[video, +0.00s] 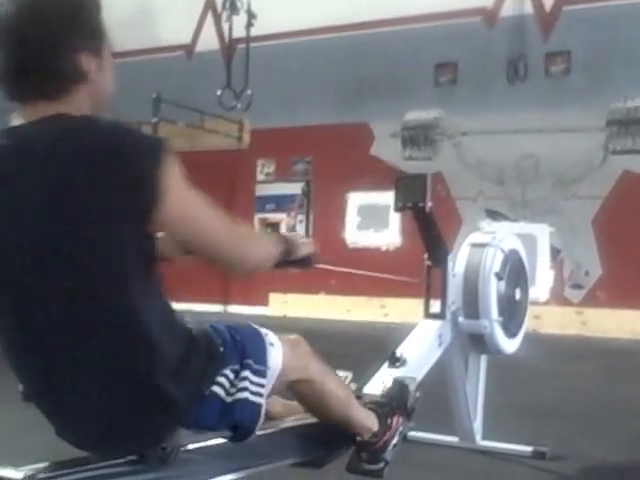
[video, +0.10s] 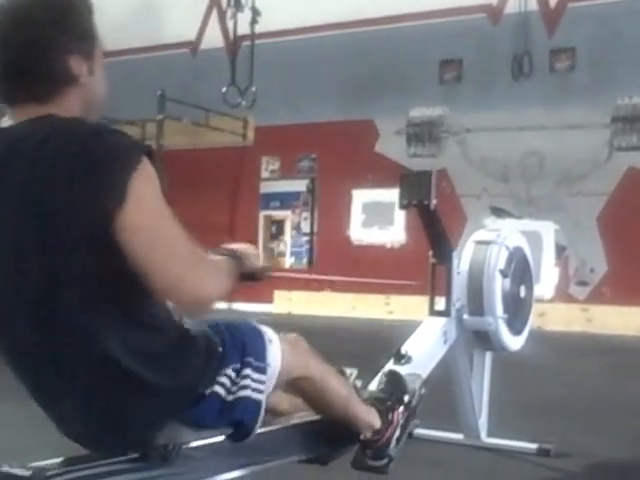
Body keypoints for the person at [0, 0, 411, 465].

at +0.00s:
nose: (113, 75)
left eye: (111, 62)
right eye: (109, 61)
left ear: (14, 70)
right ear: (88, 64)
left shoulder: (5, 156)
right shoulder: (125, 154)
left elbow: (71, 255)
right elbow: (248, 256)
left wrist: (174, 244)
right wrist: (280, 241)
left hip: (64, 404)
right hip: (150, 382)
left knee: (263, 399)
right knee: (297, 356)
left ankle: (334, 407)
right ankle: (371, 429)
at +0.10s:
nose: (105, 78)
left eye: (102, 62)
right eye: (101, 62)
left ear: (8, 70)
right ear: (79, 64)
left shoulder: (6, 153)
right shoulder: (105, 155)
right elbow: (193, 287)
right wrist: (235, 260)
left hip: (77, 406)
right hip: (151, 381)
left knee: (276, 398)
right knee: (295, 353)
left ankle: (349, 417)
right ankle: (373, 426)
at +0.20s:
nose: (125, 73)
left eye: (123, 58)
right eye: (121, 57)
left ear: (28, 70)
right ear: (99, 63)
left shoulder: (10, 150)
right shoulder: (116, 150)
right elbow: (134, 287)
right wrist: (194, 261)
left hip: (76, 392)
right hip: (148, 377)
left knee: (248, 362)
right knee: (303, 335)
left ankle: (315, 415)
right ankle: (377, 424)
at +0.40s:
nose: (201, 70)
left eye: (197, 54)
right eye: (195, 54)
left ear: (111, 68)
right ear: (176, 61)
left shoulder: (68, 151)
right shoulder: (197, 143)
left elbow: (20, 236)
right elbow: (268, 268)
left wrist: (97, 253)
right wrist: (287, 248)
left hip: (127, 387)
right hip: (204, 376)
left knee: (258, 290)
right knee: (330, 291)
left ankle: (319, 408)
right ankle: (384, 412)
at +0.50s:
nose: (241, 72)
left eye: (236, 58)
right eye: (235, 58)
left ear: (162, 73)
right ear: (217, 68)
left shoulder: (126, 145)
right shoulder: (250, 148)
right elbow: (342, 262)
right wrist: (345, 228)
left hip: (155, 376)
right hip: (228, 375)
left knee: (278, 273)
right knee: (353, 281)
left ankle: (321, 405)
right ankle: (394, 413)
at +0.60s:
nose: (281, 83)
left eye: (277, 71)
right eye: (276, 71)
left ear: (203, 82)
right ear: (261, 78)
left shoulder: (173, 150)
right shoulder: (292, 151)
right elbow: (386, 247)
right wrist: (397, 225)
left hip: (187, 366)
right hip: (263, 368)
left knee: (298, 260)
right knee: (372, 258)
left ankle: (343, 378)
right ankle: (399, 410)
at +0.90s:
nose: (358, 96)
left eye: (355, 85)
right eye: (355, 86)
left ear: (286, 99)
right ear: (346, 97)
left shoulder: (263, 153)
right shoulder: (361, 153)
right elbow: (442, 211)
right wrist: (470, 232)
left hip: (260, 349)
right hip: (339, 352)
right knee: (406, 233)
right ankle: (404, 393)